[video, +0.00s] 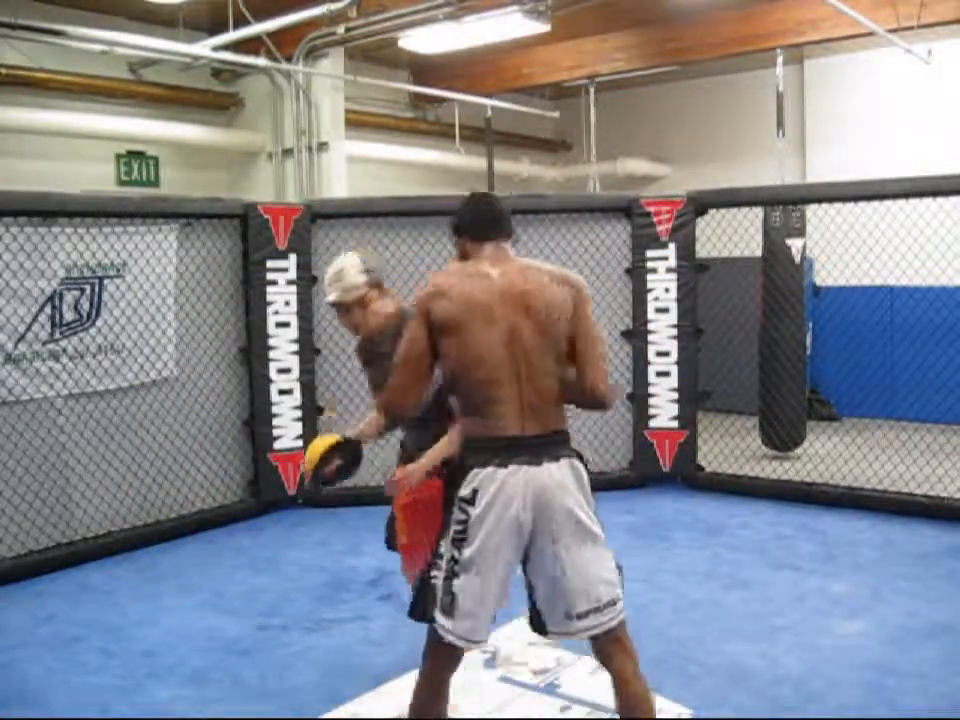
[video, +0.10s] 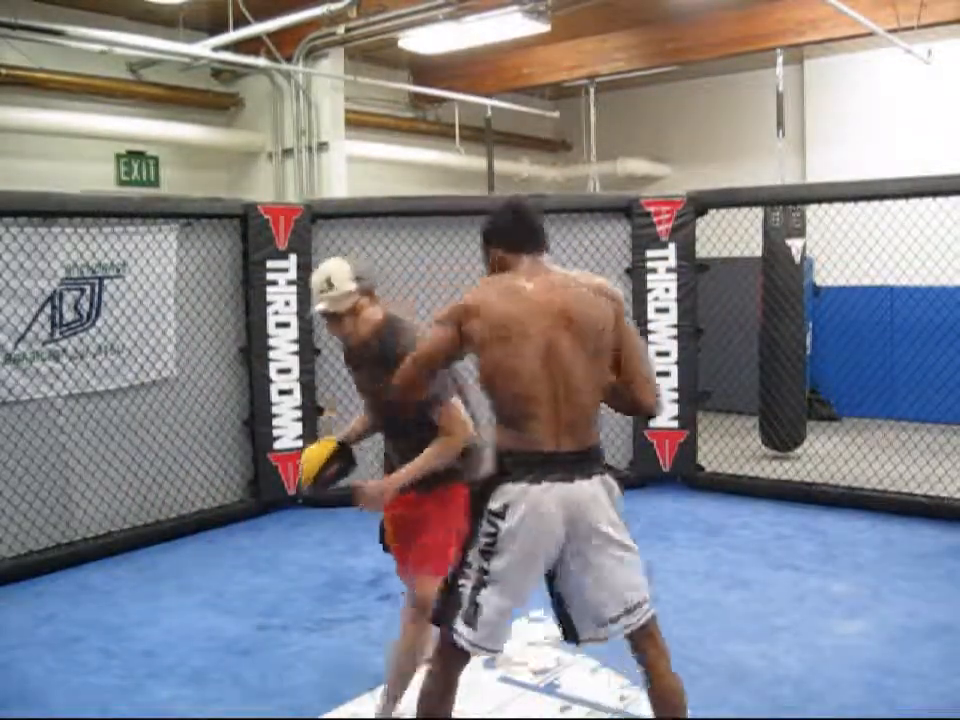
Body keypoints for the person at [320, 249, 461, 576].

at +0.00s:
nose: (352, 321)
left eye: (358, 307)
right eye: (342, 311)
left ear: (379, 293)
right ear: (336, 312)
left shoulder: (426, 331)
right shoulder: (368, 348)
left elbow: (471, 417)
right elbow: (389, 413)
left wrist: (424, 465)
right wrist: (351, 441)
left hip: (456, 454)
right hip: (414, 454)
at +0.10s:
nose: (335, 326)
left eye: (341, 315)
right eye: (328, 318)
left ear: (366, 301)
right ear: (322, 314)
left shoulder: (406, 342)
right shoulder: (356, 347)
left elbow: (458, 433)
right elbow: (382, 411)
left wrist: (394, 482)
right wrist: (341, 446)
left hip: (443, 481)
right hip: (402, 477)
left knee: (421, 605)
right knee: (424, 595)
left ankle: (388, 706)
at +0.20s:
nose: (339, 323)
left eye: (346, 309)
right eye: (329, 314)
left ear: (369, 295)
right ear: (319, 312)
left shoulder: (409, 342)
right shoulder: (336, 344)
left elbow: (456, 439)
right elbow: (359, 402)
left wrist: (378, 484)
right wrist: (325, 439)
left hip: (427, 491)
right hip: (376, 486)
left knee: (405, 610)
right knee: (381, 589)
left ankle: (383, 711)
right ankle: (437, 619)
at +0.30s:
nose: (356, 299)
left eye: (361, 285)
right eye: (341, 291)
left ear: (372, 281)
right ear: (316, 294)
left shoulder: (403, 332)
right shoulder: (320, 338)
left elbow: (462, 418)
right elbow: (329, 399)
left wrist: (390, 468)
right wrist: (298, 434)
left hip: (420, 493)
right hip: (358, 491)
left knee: (403, 621)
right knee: (349, 617)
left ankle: (383, 714)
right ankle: (401, 613)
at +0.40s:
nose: (356, 277)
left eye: (359, 263)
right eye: (341, 269)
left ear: (366, 258)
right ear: (302, 275)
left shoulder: (394, 313)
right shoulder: (294, 330)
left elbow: (481, 383)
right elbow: (295, 399)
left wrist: (432, 434)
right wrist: (274, 434)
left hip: (408, 494)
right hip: (337, 490)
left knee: (400, 625)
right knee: (313, 625)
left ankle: (384, 712)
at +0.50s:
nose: (349, 264)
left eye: (349, 252)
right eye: (335, 255)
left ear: (352, 251)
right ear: (291, 264)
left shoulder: (383, 308)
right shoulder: (267, 334)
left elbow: (484, 356)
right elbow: (253, 414)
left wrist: (469, 420)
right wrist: (251, 439)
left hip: (394, 501)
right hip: (315, 502)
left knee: (393, 638)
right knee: (286, 647)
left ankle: (378, 715)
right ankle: (271, 713)